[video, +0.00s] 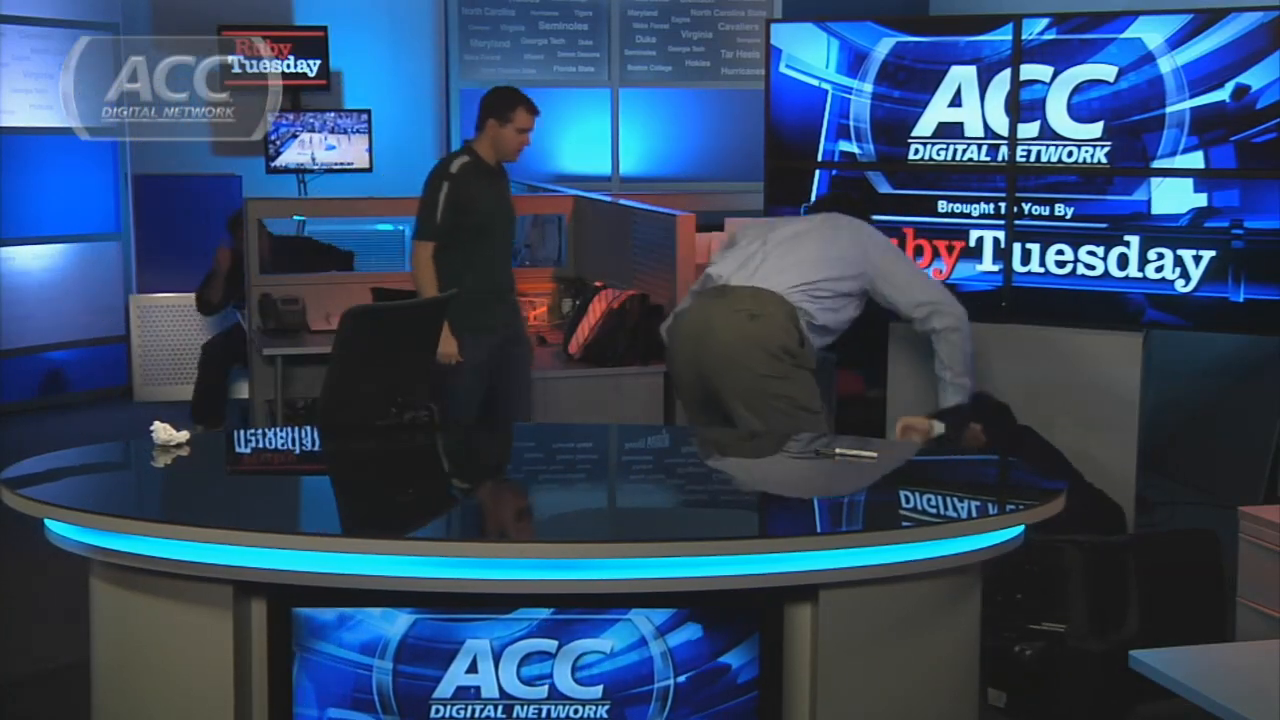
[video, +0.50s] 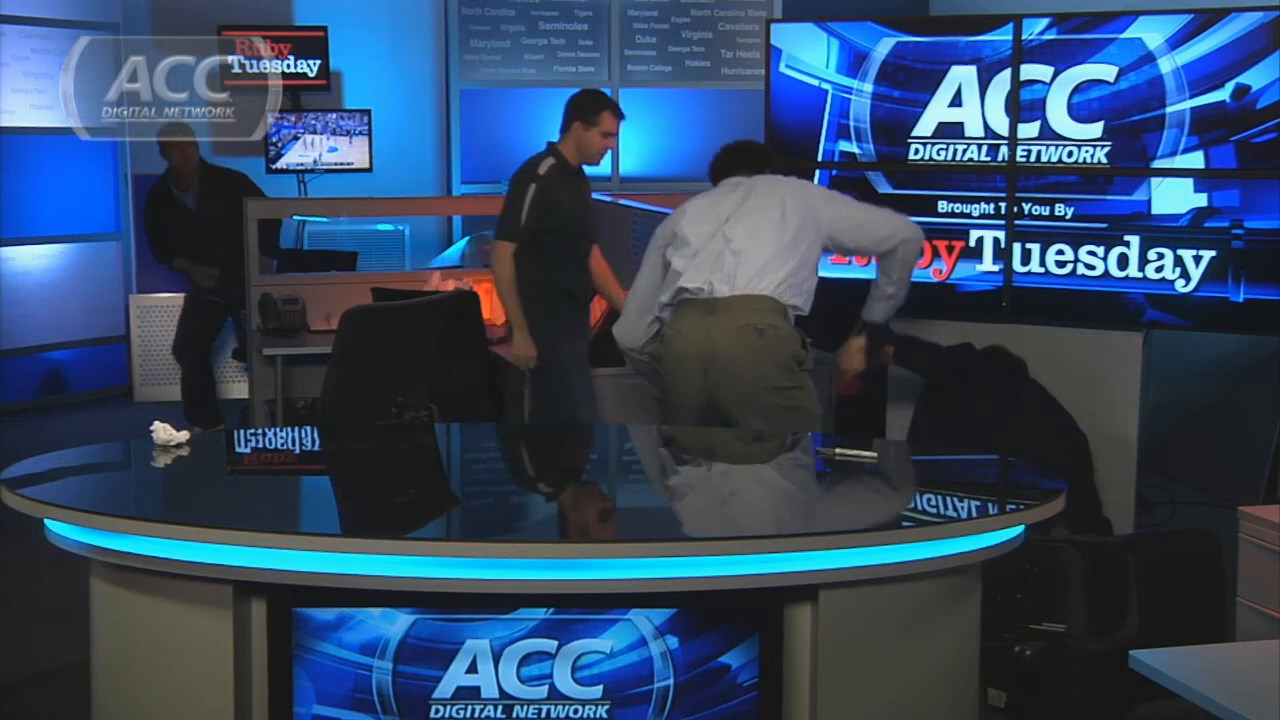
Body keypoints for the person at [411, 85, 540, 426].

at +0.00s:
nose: (526, 141)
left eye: (529, 133)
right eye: (520, 131)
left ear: (497, 128)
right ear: (492, 126)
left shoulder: (498, 176)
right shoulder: (449, 173)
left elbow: (494, 256)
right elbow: (422, 254)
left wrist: (513, 318)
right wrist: (439, 326)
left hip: (504, 324)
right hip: (464, 328)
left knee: (500, 434)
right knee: (460, 434)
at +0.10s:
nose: (544, 140)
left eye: (546, 131)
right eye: (538, 130)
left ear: (518, 127)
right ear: (509, 123)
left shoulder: (516, 178)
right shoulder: (467, 172)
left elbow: (514, 260)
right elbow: (435, 250)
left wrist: (537, 316)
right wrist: (448, 321)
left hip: (518, 320)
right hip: (479, 321)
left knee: (518, 426)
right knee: (484, 428)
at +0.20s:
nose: (559, 140)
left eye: (562, 131)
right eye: (554, 130)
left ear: (533, 125)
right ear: (526, 123)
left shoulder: (532, 177)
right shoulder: (482, 171)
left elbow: (538, 259)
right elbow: (449, 250)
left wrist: (571, 319)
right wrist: (462, 324)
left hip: (531, 322)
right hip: (492, 323)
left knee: (532, 428)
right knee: (506, 432)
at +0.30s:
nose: (576, 140)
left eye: (578, 132)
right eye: (571, 130)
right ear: (543, 123)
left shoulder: (548, 178)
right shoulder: (499, 170)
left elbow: (557, 255)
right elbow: (465, 250)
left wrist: (595, 315)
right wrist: (478, 325)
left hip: (541, 320)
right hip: (507, 321)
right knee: (545, 421)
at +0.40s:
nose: (593, 142)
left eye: (595, 134)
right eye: (588, 132)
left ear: (567, 128)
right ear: (561, 125)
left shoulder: (564, 180)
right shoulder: (516, 172)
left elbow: (573, 251)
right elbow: (483, 251)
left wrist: (612, 311)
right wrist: (496, 328)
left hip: (556, 323)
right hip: (523, 322)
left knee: (556, 427)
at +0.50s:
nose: (611, 145)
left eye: (613, 137)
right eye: (605, 135)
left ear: (581, 131)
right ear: (577, 129)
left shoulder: (578, 180)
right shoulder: (535, 175)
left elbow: (588, 252)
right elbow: (501, 256)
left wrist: (628, 311)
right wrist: (520, 332)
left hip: (571, 324)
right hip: (542, 325)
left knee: (574, 430)